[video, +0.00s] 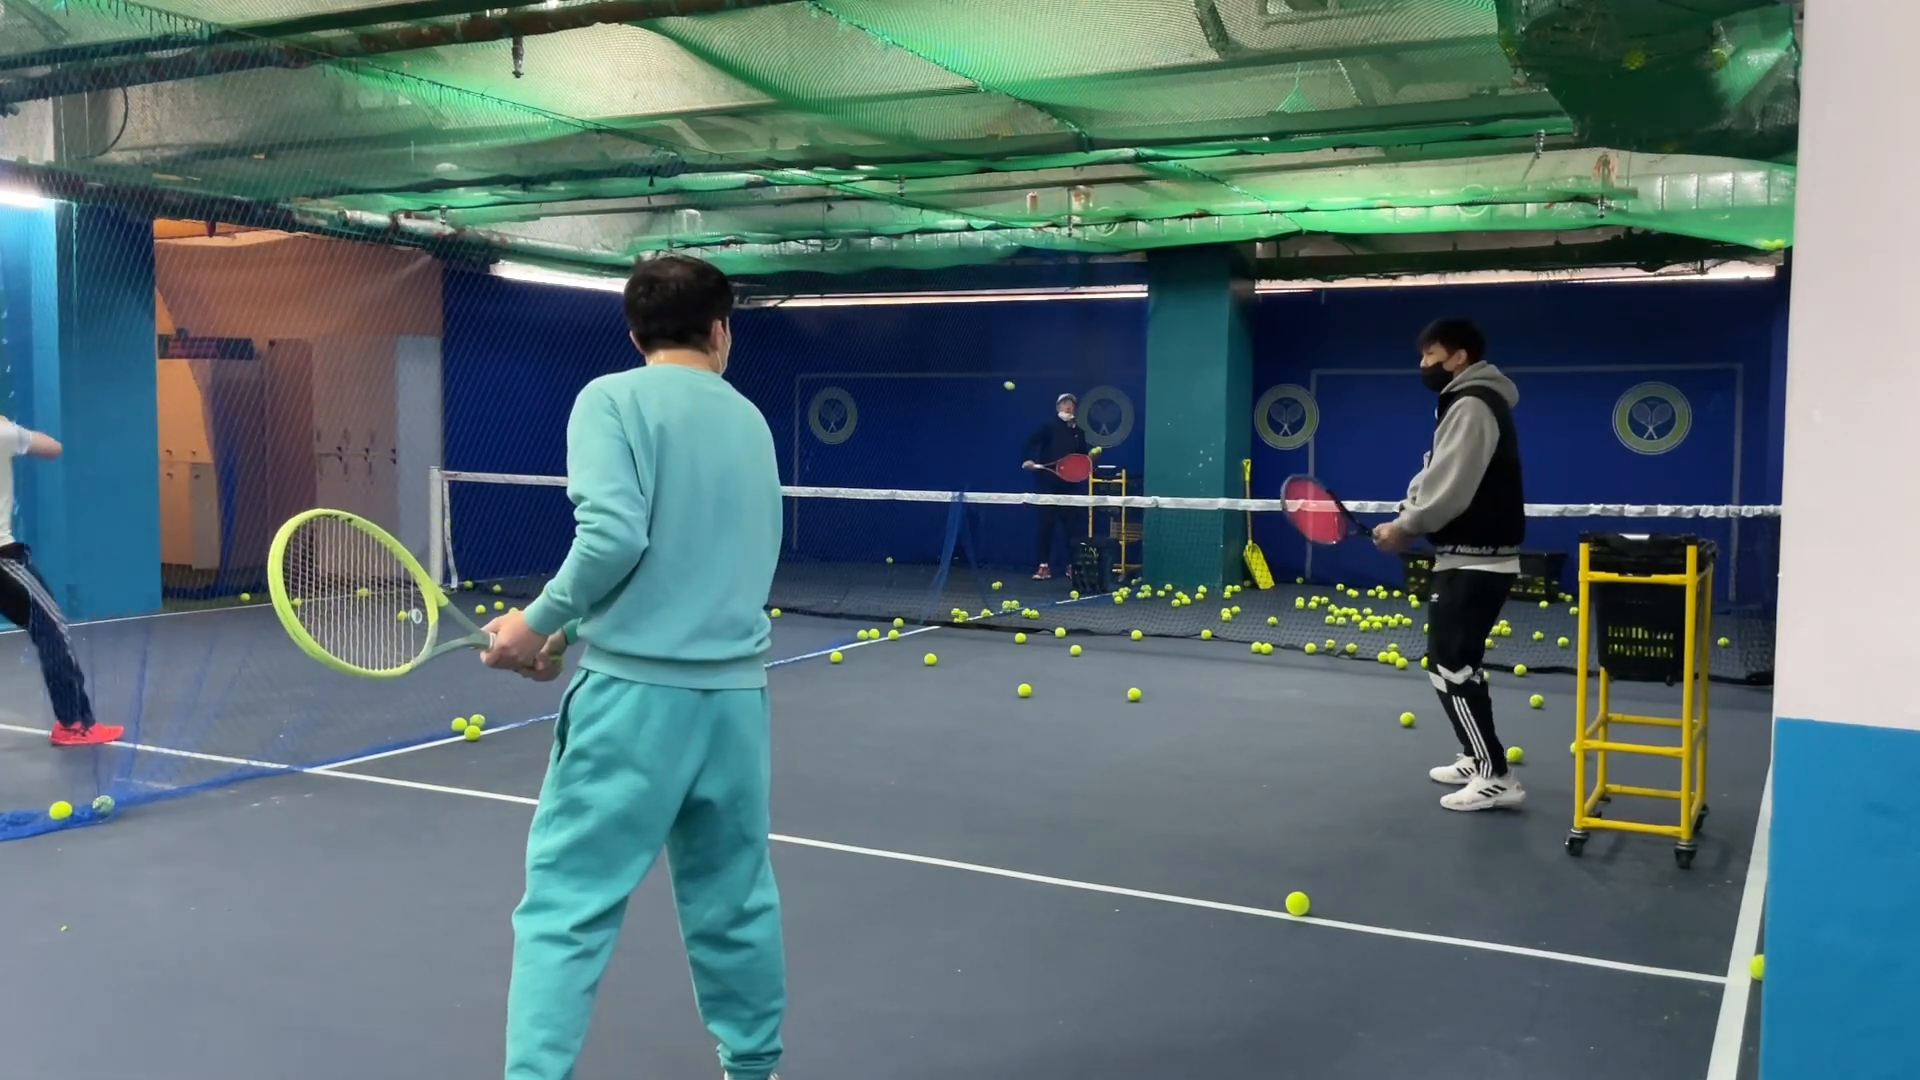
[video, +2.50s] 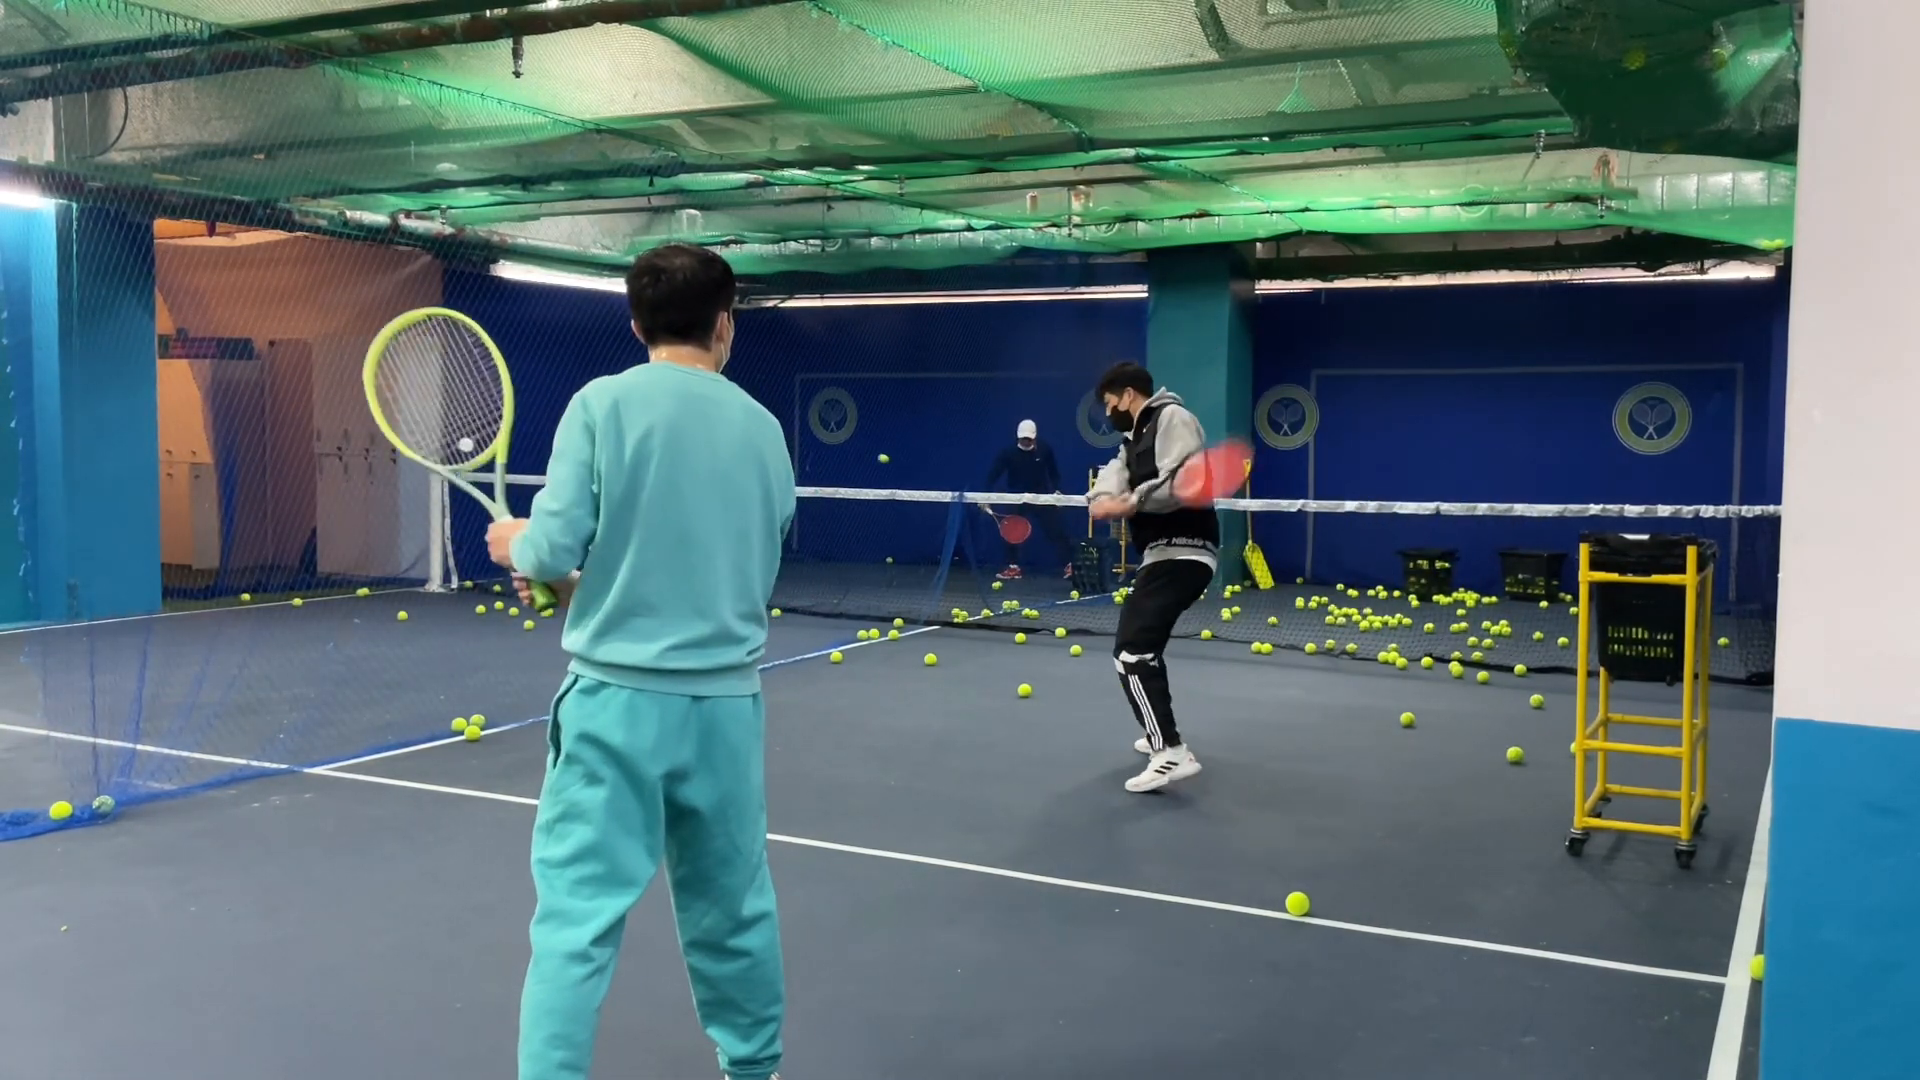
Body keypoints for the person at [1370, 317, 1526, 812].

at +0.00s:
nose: (1423, 364)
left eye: (1430, 354)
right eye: (1422, 355)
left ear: (1460, 356)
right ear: (1459, 359)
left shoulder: (1473, 408)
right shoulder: (1466, 404)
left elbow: (1450, 482)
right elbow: (1440, 474)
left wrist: (1404, 526)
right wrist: (1403, 521)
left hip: (1477, 565)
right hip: (1467, 563)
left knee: (1451, 668)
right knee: (1452, 664)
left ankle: (1494, 780)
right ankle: (1482, 759)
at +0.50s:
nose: (1383, 374)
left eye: (1384, 365)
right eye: (1382, 365)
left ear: (1402, 362)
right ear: (1423, 360)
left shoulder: (1420, 410)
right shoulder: (1449, 406)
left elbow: (1398, 487)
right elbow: (1419, 491)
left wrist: (1350, 508)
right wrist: (1362, 518)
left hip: (1430, 568)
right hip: (1462, 567)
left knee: (1394, 668)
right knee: (1447, 661)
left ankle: (1421, 775)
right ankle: (1478, 762)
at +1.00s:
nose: (1319, 371)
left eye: (1319, 363)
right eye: (1319, 363)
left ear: (1331, 361)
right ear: (1364, 358)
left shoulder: (1343, 405)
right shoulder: (1382, 404)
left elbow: (1316, 482)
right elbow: (1355, 491)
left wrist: (1280, 503)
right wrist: (1296, 516)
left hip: (1365, 561)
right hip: (1383, 559)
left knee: (1354, 665)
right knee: (1347, 662)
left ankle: (1413, 763)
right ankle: (1360, 762)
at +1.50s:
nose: (1215, 390)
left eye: (1214, 381)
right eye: (1212, 383)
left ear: (1225, 374)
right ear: (1251, 369)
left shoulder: (1255, 410)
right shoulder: (1273, 408)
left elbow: (1231, 485)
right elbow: (1242, 493)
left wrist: (1178, 494)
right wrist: (1183, 509)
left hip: (1264, 566)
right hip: (1290, 565)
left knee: (1213, 665)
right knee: (1285, 666)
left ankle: (1182, 769)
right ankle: (1348, 752)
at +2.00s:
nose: (1129, 405)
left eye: (1125, 395)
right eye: (1124, 398)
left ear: (1135, 383)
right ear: (1153, 380)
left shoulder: (1190, 403)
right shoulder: (1162, 421)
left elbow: (1175, 461)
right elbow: (1143, 492)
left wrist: (1111, 460)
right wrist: (1105, 486)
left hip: (1210, 553)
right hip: (1192, 553)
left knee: (1162, 655)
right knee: (1157, 649)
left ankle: (1180, 770)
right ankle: (1173, 735)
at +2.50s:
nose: (1110, 415)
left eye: (1111, 405)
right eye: (1108, 408)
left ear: (1129, 395)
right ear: (1131, 398)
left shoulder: (1173, 417)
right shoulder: (1137, 437)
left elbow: (1189, 482)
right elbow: (1114, 474)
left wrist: (1132, 501)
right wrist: (1104, 496)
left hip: (1183, 554)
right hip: (1160, 555)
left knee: (1135, 652)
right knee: (1133, 649)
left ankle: (1172, 751)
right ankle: (1162, 735)